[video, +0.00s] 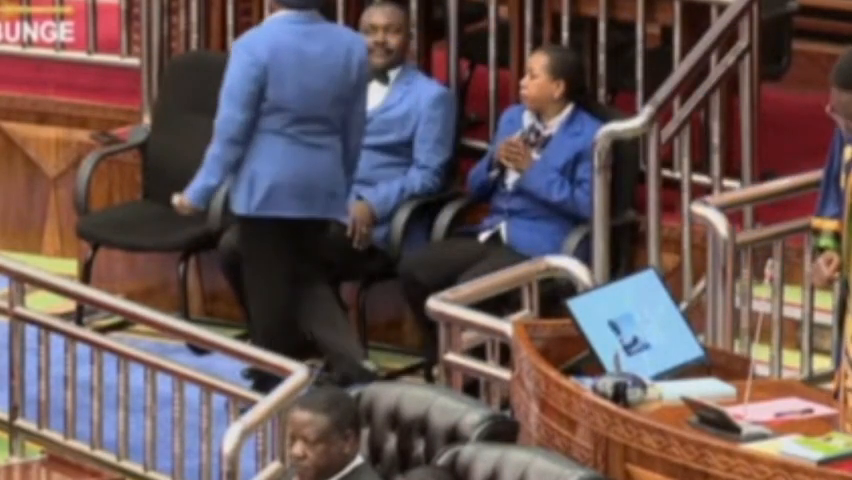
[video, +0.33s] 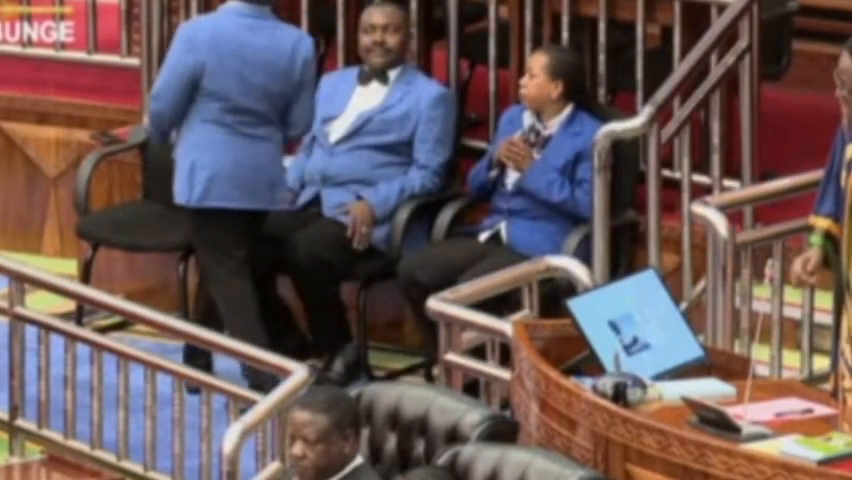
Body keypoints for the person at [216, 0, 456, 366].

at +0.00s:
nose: (379, 41)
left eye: (391, 32)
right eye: (371, 31)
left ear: (408, 39)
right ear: (359, 36)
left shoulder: (430, 96)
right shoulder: (346, 81)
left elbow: (427, 175)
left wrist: (371, 205)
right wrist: (338, 195)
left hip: (378, 224)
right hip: (323, 208)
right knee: (234, 248)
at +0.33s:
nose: (378, 39)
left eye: (390, 30)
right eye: (370, 30)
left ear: (407, 38)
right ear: (357, 37)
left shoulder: (430, 97)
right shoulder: (331, 84)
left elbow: (429, 174)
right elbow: (310, 149)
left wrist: (374, 205)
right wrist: (282, 191)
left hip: (367, 214)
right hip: (309, 207)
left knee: (307, 254)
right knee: (250, 251)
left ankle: (338, 352)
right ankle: (287, 351)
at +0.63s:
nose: (374, 38)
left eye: (386, 30)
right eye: (366, 29)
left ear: (405, 39)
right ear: (357, 36)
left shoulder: (430, 96)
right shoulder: (331, 84)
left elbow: (429, 174)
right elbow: (306, 151)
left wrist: (374, 205)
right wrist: (287, 191)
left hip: (371, 216)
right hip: (313, 207)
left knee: (306, 255)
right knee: (247, 244)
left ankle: (339, 350)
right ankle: (277, 339)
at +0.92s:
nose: (365, 36)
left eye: (378, 28)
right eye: (360, 27)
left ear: (404, 39)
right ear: (353, 35)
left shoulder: (429, 96)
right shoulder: (332, 84)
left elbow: (429, 174)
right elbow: (307, 150)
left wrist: (374, 204)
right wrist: (288, 189)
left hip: (369, 214)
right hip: (313, 207)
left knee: (306, 255)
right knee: (241, 244)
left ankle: (339, 351)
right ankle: (277, 337)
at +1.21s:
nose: (337, 45)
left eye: (346, 38)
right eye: (337, 37)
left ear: (380, 44)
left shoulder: (421, 98)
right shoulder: (331, 85)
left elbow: (419, 174)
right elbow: (308, 148)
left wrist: (358, 204)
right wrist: (289, 182)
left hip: (371, 216)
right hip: (314, 206)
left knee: (309, 254)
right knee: (241, 247)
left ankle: (338, 351)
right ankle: (277, 337)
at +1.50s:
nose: (322, 53)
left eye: (324, 44)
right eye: (322, 45)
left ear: (344, 46)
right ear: (355, 45)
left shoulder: (399, 96)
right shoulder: (333, 84)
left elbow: (391, 175)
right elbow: (318, 155)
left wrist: (320, 206)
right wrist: (271, 163)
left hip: (371, 215)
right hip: (317, 204)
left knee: (319, 249)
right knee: (244, 242)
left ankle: (340, 352)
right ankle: (281, 337)